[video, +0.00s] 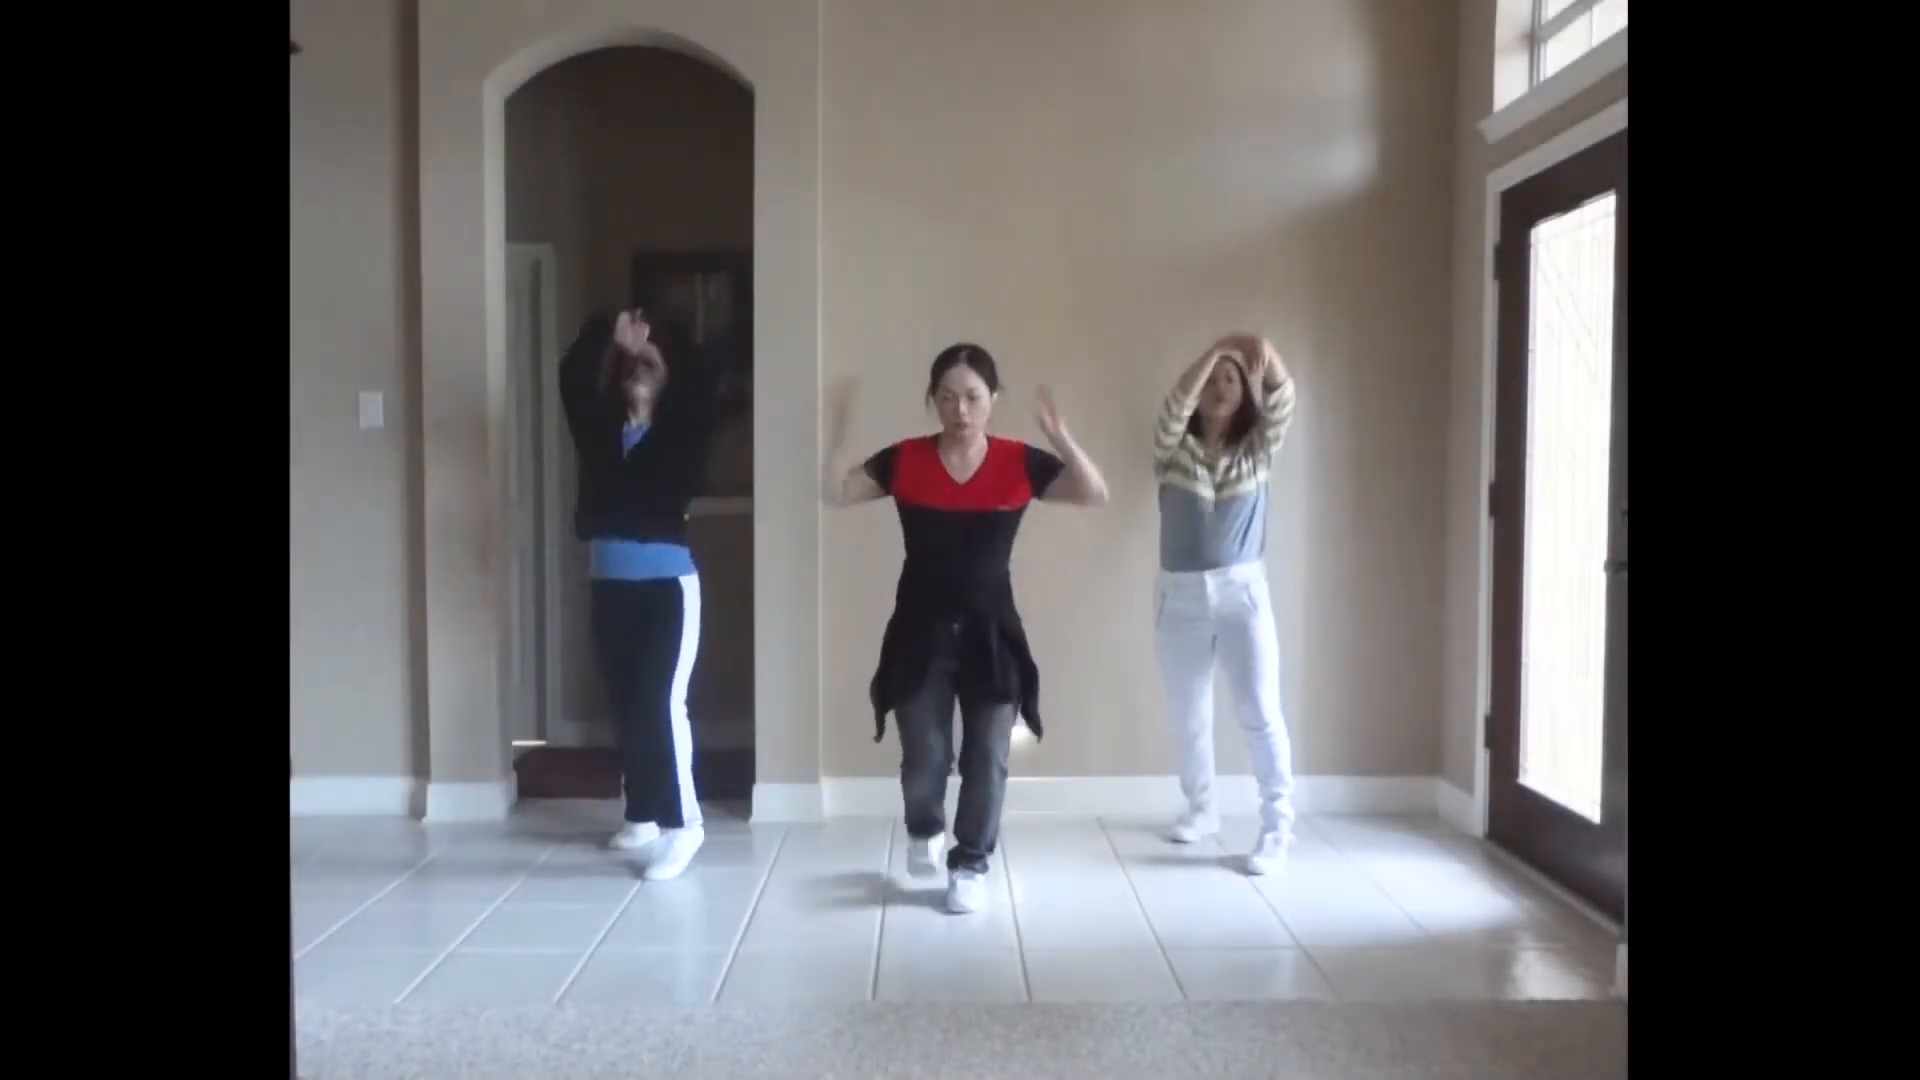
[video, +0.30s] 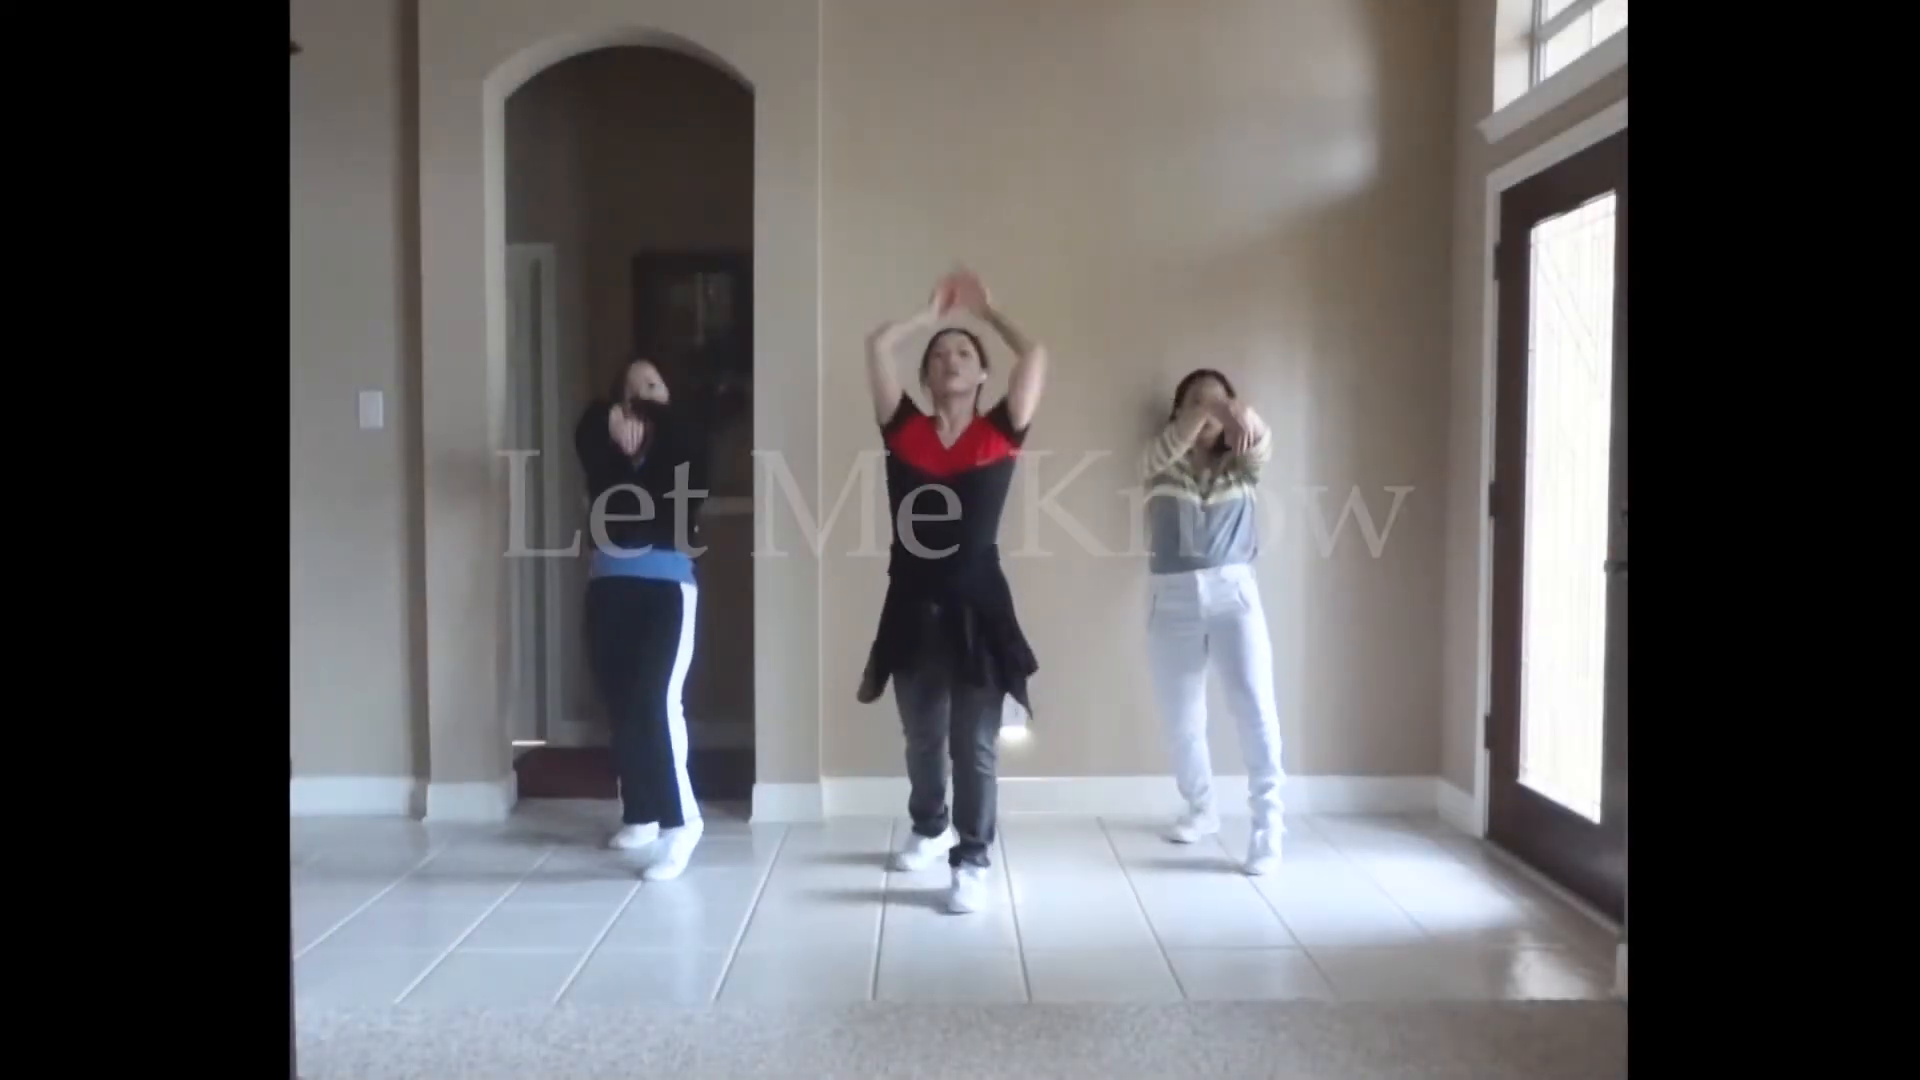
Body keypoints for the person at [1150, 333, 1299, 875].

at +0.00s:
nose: (1219, 387)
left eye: (1232, 380)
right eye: (1212, 378)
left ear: (1247, 396)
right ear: (1196, 389)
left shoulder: (1256, 450)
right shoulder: (1173, 449)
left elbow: (1280, 403)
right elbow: (1175, 408)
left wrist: (1266, 360)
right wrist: (1212, 352)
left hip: (1242, 594)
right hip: (1179, 596)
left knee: (1259, 714)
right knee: (1188, 717)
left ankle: (1276, 826)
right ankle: (1198, 812)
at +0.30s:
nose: (1209, 418)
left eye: (1218, 407)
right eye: (1198, 406)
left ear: (1231, 418)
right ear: (1179, 413)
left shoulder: (1243, 463)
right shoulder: (1158, 461)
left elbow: (1258, 436)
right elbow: (1183, 431)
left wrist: (1233, 409)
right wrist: (1211, 408)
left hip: (1233, 591)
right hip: (1172, 596)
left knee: (1255, 711)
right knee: (1182, 721)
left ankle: (1267, 826)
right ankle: (1199, 808)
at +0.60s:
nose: (1201, 425)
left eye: (1211, 417)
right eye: (1191, 416)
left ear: (1224, 424)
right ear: (1174, 422)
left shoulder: (1239, 468)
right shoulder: (1154, 470)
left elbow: (1244, 476)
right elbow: (1178, 478)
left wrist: (1230, 476)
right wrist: (1209, 474)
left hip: (1228, 596)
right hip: (1169, 600)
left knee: (1251, 712)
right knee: (1177, 726)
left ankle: (1264, 826)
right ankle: (1199, 809)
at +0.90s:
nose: (1199, 432)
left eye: (1209, 423)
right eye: (1189, 422)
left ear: (1222, 430)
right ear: (1172, 427)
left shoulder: (1235, 481)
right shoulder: (1153, 480)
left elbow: (1244, 544)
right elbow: (1145, 537)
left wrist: (1235, 524)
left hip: (1226, 598)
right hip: (1168, 602)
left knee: (1251, 711)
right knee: (1175, 724)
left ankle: (1264, 823)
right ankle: (1199, 808)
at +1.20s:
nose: (1199, 433)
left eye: (1210, 424)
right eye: (1190, 423)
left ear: (1222, 431)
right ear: (1172, 429)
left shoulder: (1234, 484)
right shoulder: (1152, 484)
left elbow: (1241, 542)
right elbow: (1150, 537)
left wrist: (1222, 519)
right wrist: (1211, 531)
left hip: (1227, 601)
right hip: (1168, 607)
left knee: (1252, 713)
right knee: (1176, 728)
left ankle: (1263, 825)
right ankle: (1199, 809)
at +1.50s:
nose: (1200, 433)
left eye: (1210, 424)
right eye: (1190, 423)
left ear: (1223, 431)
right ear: (1173, 429)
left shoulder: (1236, 483)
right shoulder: (1154, 484)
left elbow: (1240, 525)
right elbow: (1167, 523)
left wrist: (1230, 553)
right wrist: (1212, 549)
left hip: (1229, 602)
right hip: (1170, 606)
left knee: (1253, 712)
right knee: (1176, 727)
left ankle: (1264, 824)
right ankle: (1199, 809)